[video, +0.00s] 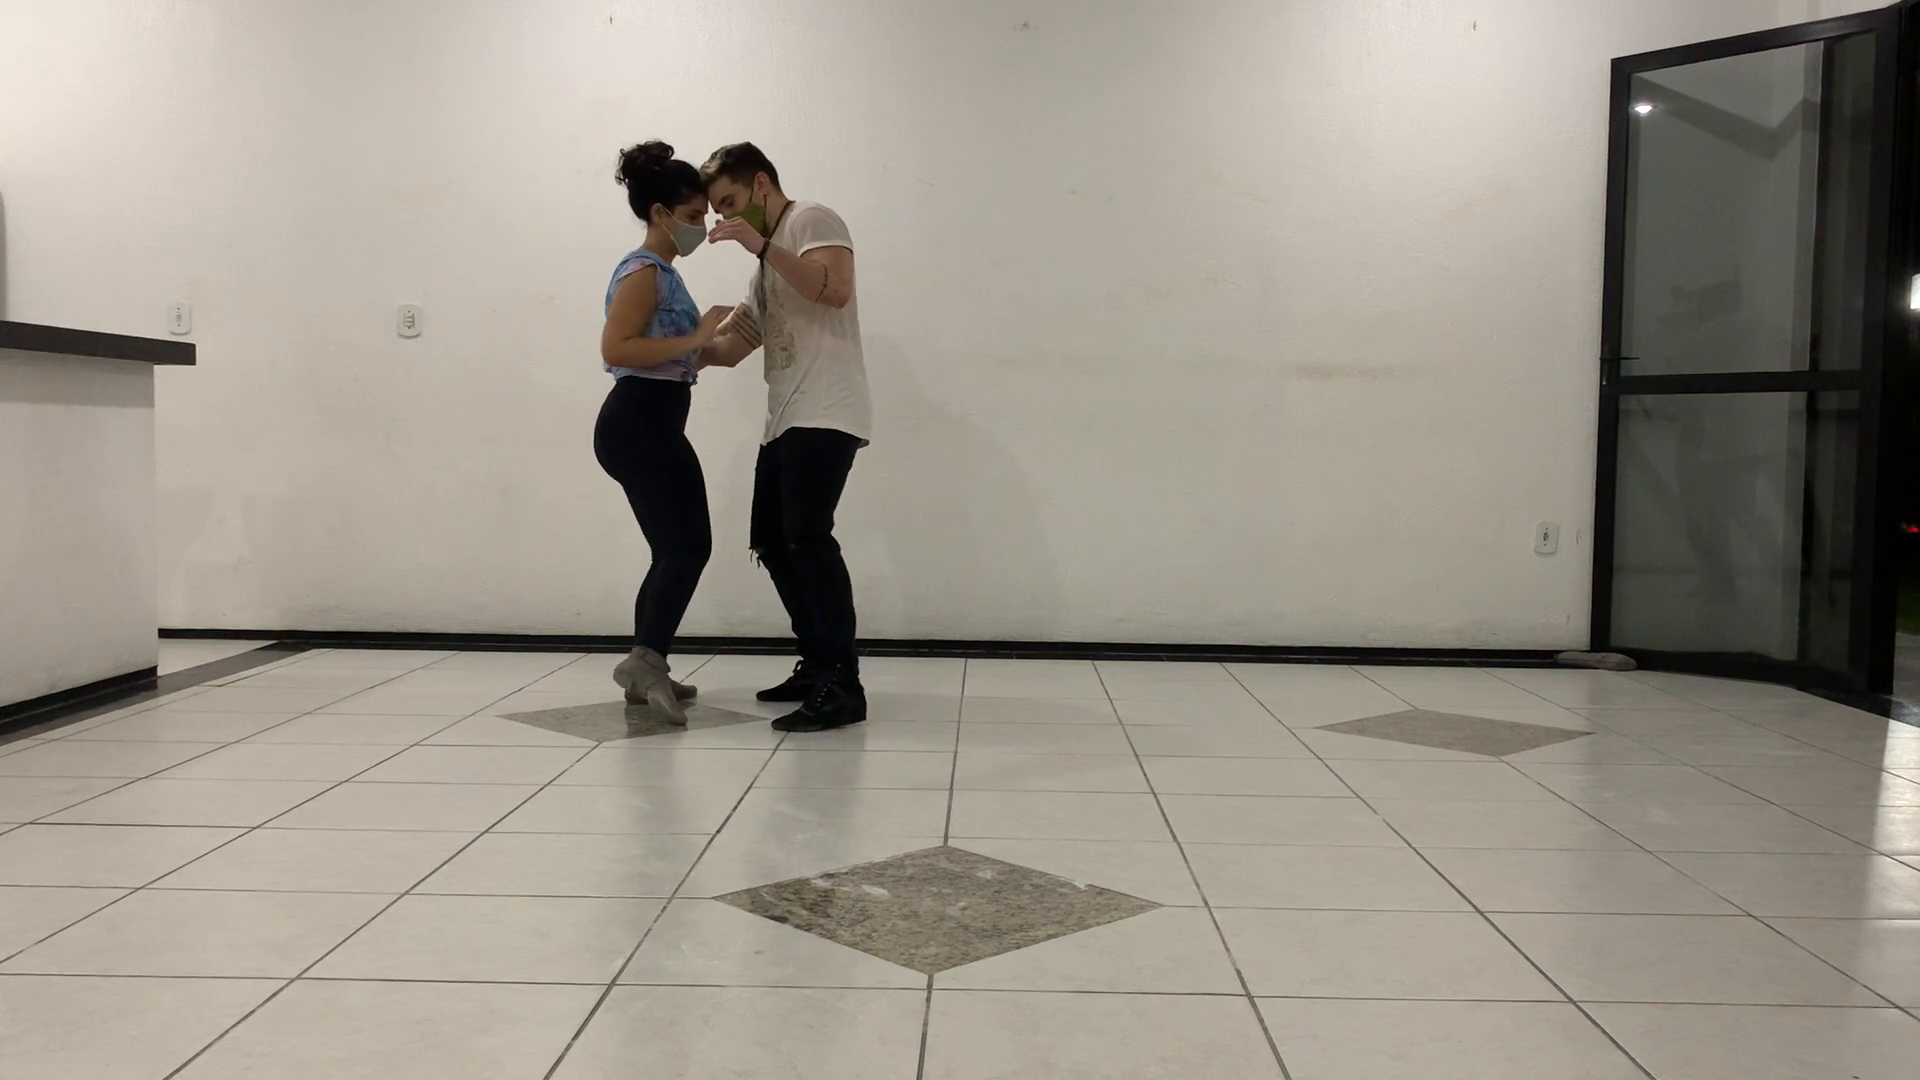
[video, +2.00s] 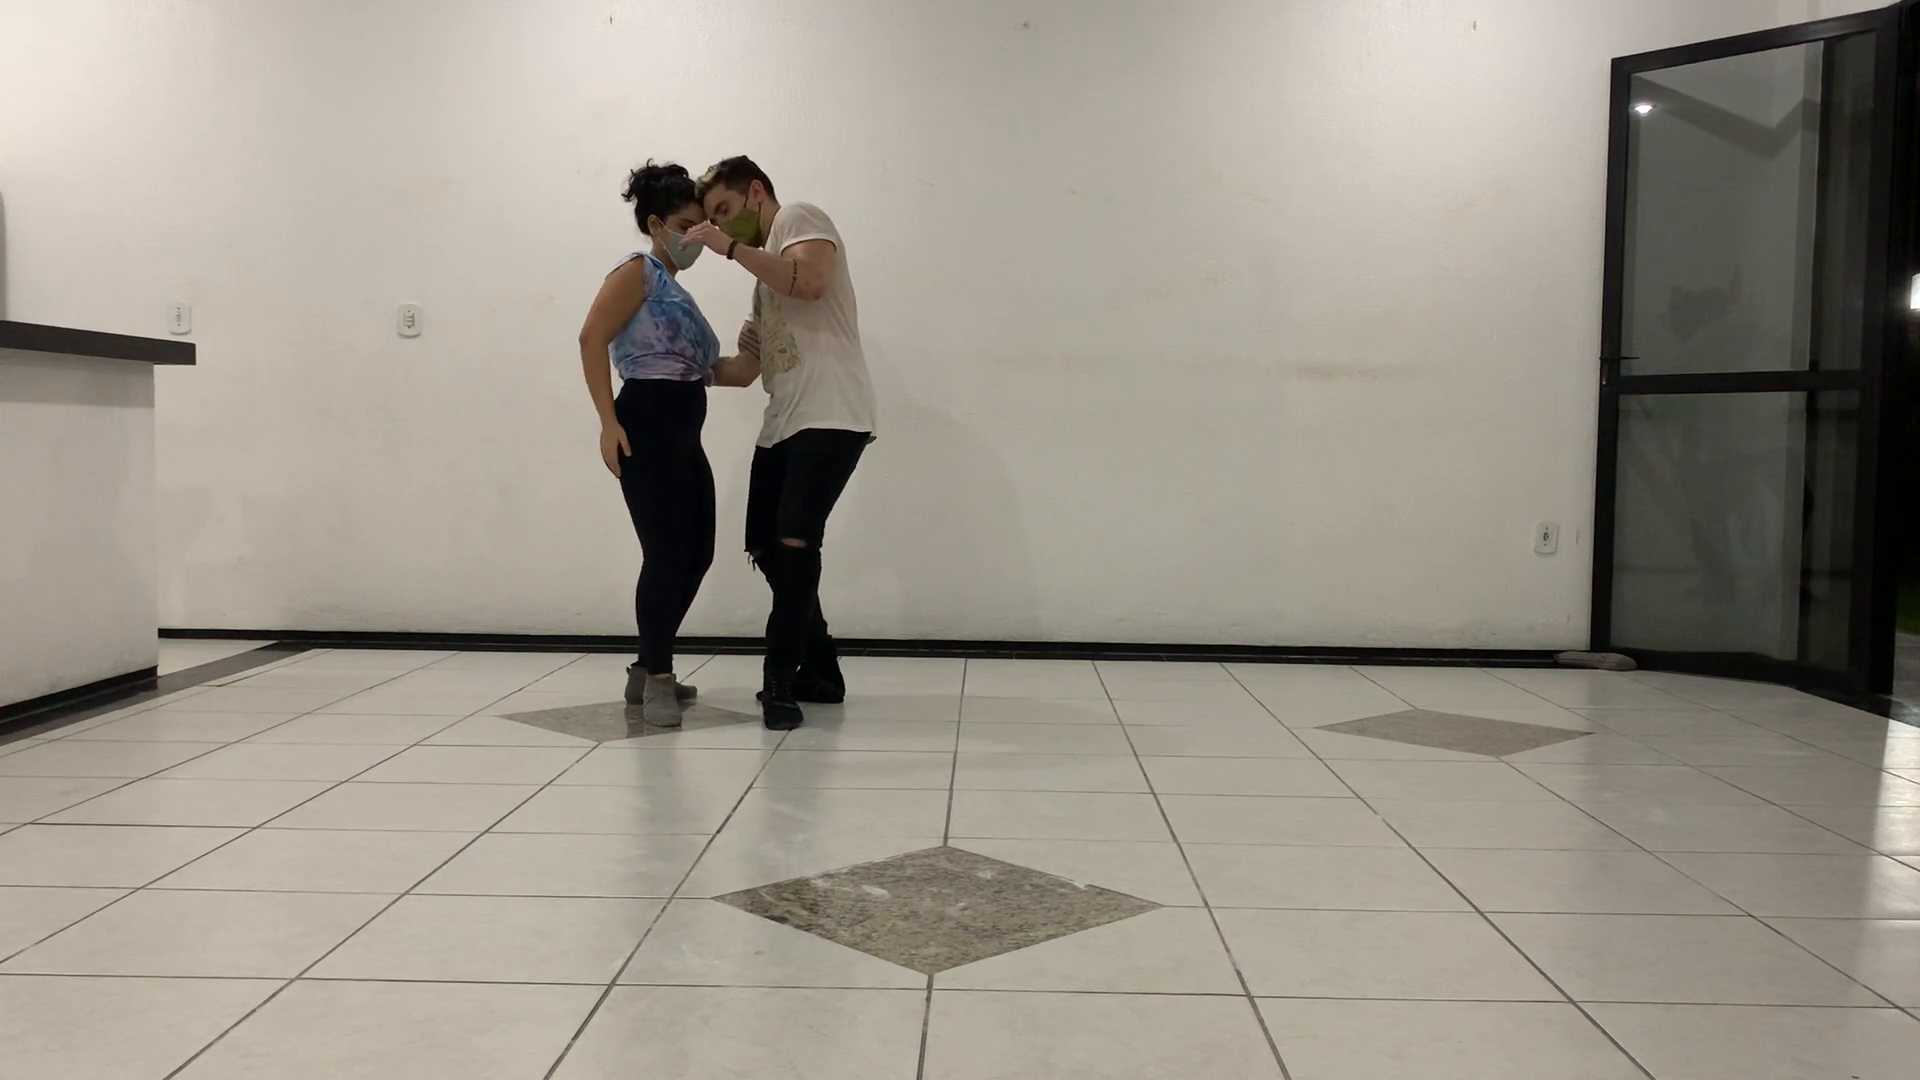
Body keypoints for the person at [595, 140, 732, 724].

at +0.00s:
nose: (703, 228)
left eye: (705, 217)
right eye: (694, 218)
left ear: (665, 214)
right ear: (659, 215)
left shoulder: (660, 273)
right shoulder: (644, 274)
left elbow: (660, 353)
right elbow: (616, 349)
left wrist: (711, 341)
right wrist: (695, 337)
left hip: (644, 426)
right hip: (641, 429)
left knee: (676, 548)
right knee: (687, 546)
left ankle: (648, 666)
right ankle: (647, 660)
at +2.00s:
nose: (695, 234)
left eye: (699, 224)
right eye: (684, 223)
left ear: (699, 225)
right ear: (654, 225)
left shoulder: (674, 290)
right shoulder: (636, 274)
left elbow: (703, 369)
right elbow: (591, 339)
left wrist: (754, 361)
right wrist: (608, 421)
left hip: (681, 428)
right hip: (647, 426)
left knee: (697, 552)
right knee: (668, 551)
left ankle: (651, 670)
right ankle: (653, 679)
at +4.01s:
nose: (711, 221)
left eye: (716, 209)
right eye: (698, 209)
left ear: (720, 208)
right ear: (668, 210)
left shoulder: (698, 278)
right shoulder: (641, 270)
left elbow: (704, 358)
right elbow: (622, 351)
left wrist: (743, 335)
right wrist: (617, 296)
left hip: (680, 423)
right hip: (642, 419)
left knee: (688, 543)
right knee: (677, 537)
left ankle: (655, 665)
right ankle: (650, 668)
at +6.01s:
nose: (615, 179)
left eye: (612, 169)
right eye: (603, 170)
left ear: (573, 185)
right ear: (566, 181)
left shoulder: (568, 273)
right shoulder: (525, 239)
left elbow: (626, 333)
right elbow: (441, 290)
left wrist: (668, 279)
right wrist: (439, 384)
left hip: (512, 421)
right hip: (467, 411)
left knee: (528, 555)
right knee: (498, 555)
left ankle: (506, 695)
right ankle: (467, 705)